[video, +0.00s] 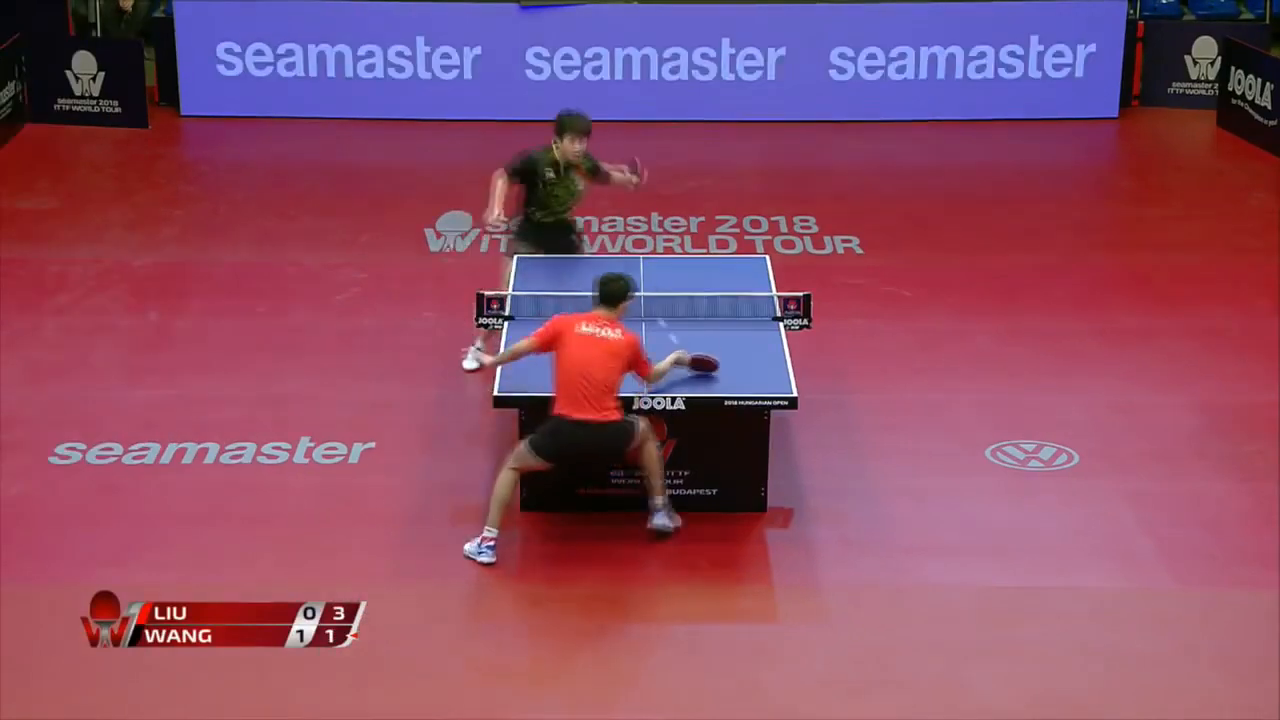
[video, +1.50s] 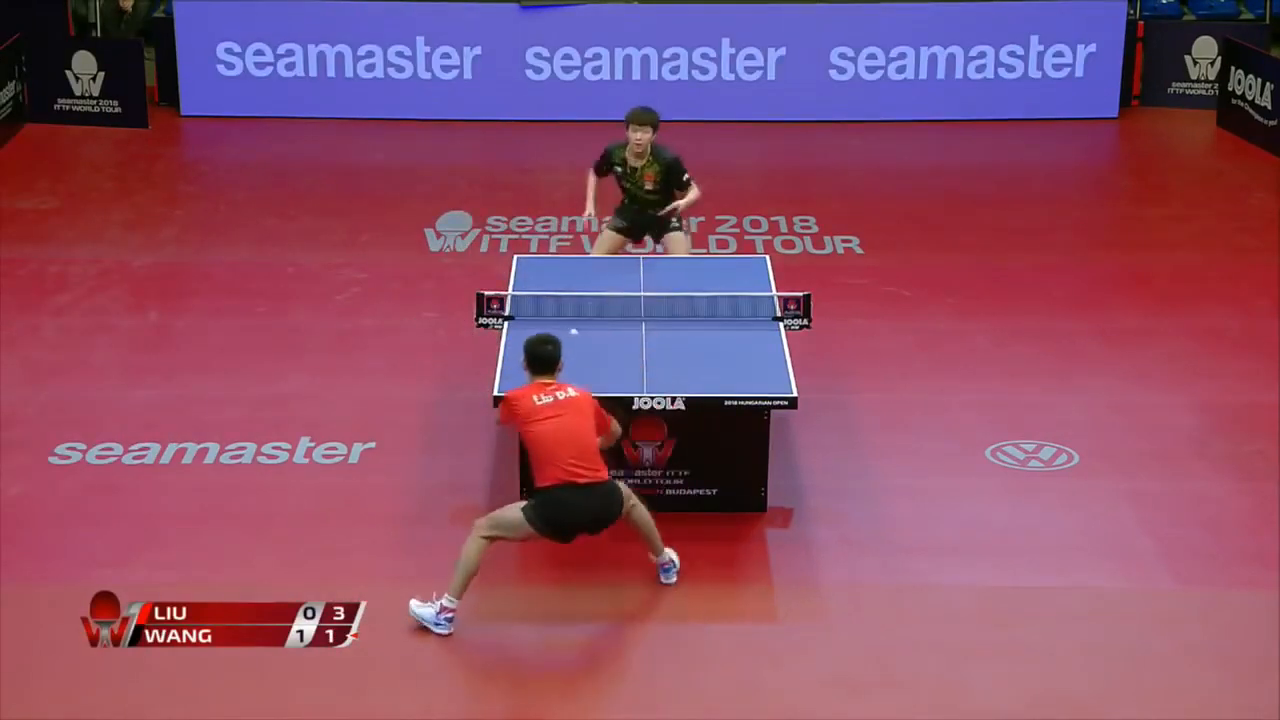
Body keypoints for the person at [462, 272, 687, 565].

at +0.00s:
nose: (628, 306)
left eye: (627, 300)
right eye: (628, 301)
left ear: (596, 298)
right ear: (623, 303)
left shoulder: (564, 324)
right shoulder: (628, 340)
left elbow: (521, 349)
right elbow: (652, 377)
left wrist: (491, 360)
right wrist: (674, 359)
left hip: (564, 429)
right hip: (609, 432)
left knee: (512, 465)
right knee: (645, 432)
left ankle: (486, 542)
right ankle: (660, 512)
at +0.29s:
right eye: (663, 303)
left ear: (632, 303)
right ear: (662, 309)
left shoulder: (622, 326)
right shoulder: (667, 340)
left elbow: (602, 344)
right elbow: (663, 370)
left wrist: (556, 358)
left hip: (629, 427)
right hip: (667, 428)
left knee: (562, 470)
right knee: (674, 452)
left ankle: (535, 550)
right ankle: (698, 513)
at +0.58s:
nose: (604, 326)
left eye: (604, 321)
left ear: (604, 324)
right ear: (634, 324)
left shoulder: (598, 357)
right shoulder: (661, 359)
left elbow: (595, 396)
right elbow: (693, 400)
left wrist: (553, 429)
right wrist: (683, 389)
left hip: (618, 456)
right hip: (663, 455)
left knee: (557, 504)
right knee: (684, 480)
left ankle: (533, 583)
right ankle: (722, 543)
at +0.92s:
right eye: (619, 340)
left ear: (590, 344)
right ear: (623, 346)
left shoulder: (567, 377)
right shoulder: (639, 387)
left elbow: (528, 403)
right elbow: (682, 415)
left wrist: (527, 425)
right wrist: (680, 397)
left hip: (562, 480)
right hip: (610, 482)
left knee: (512, 523)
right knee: (674, 511)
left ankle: (498, 602)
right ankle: (704, 596)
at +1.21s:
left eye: (546, 365)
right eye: (568, 367)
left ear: (540, 369)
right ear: (573, 371)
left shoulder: (523, 409)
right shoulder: (593, 410)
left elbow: (481, 447)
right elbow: (618, 449)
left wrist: (455, 458)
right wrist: (610, 429)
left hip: (540, 515)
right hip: (588, 517)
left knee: (478, 529)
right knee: (646, 567)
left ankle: (445, 608)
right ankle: (673, 631)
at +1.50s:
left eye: (528, 361)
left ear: (526, 365)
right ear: (560, 365)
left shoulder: (514, 401)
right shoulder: (583, 397)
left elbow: (503, 421)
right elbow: (614, 431)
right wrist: (590, 447)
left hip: (555, 506)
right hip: (601, 502)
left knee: (484, 528)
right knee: (627, 497)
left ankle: (445, 609)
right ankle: (665, 560)